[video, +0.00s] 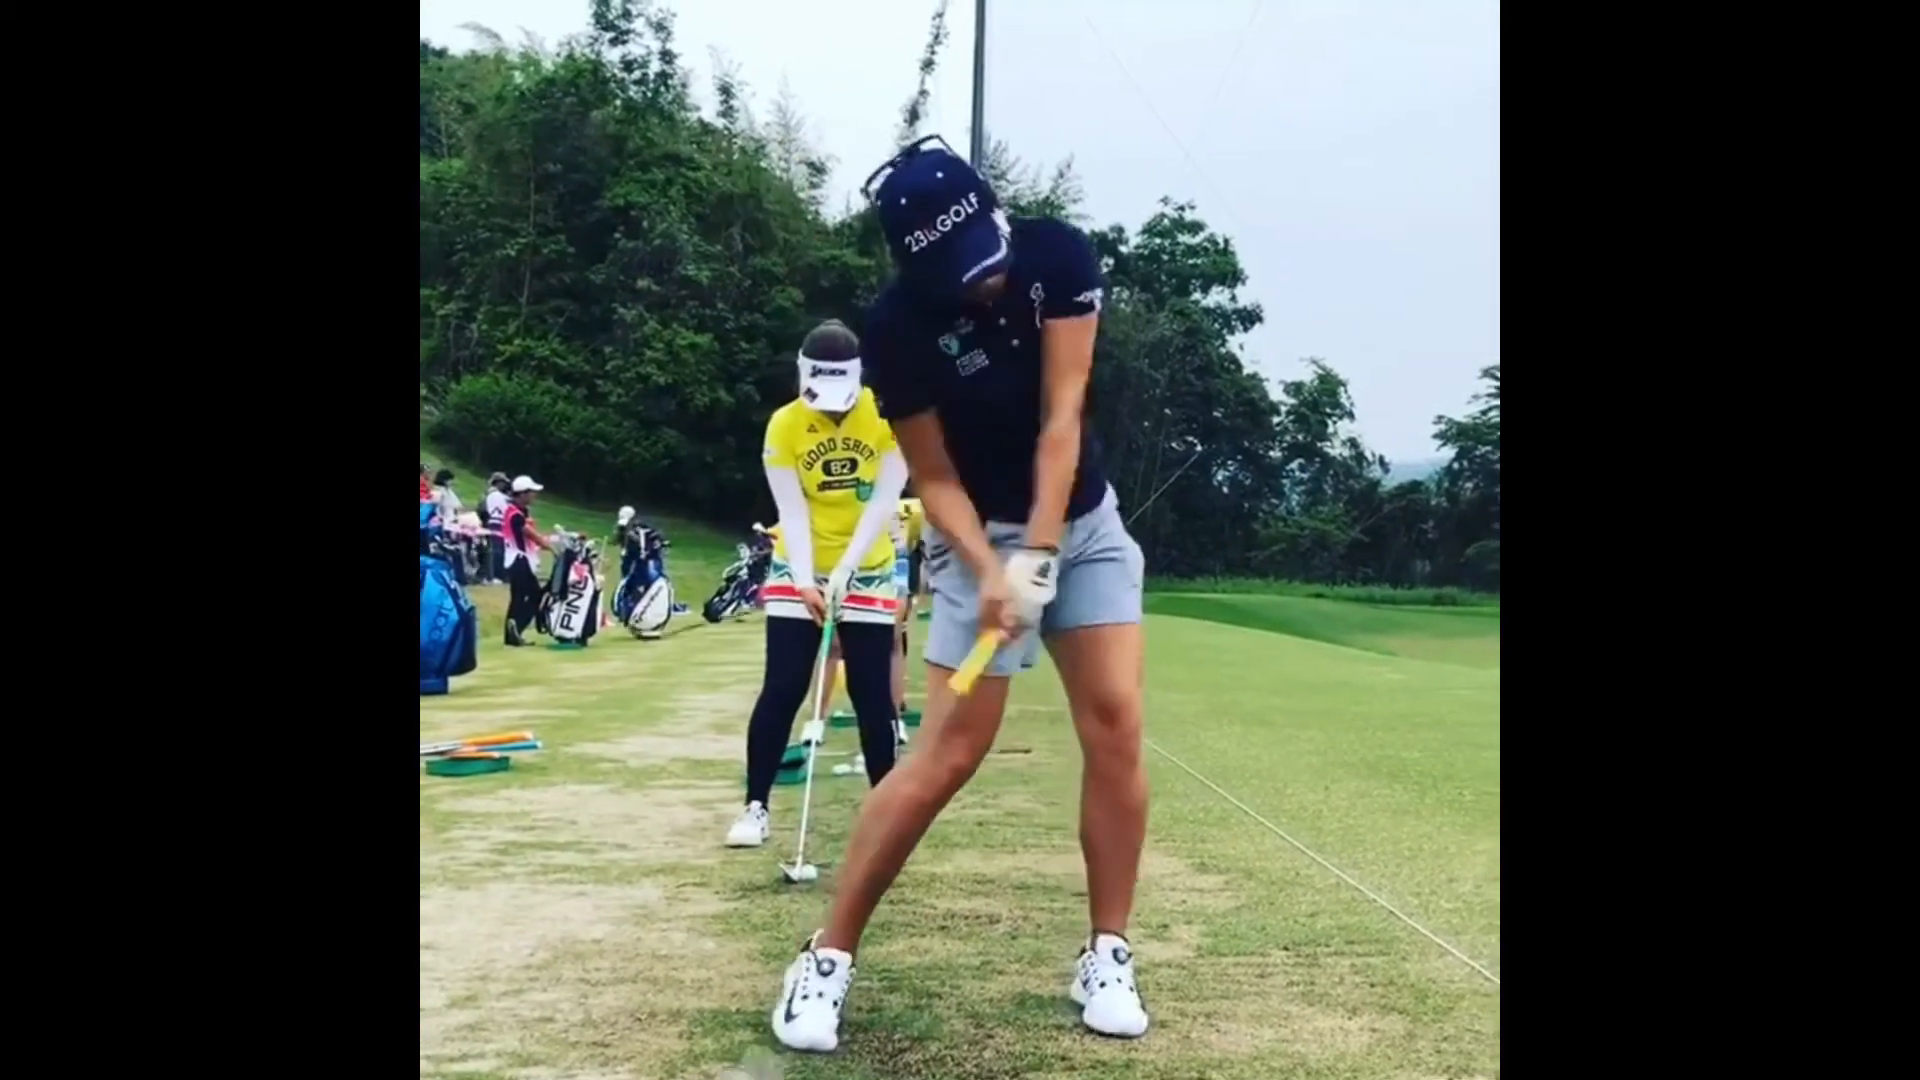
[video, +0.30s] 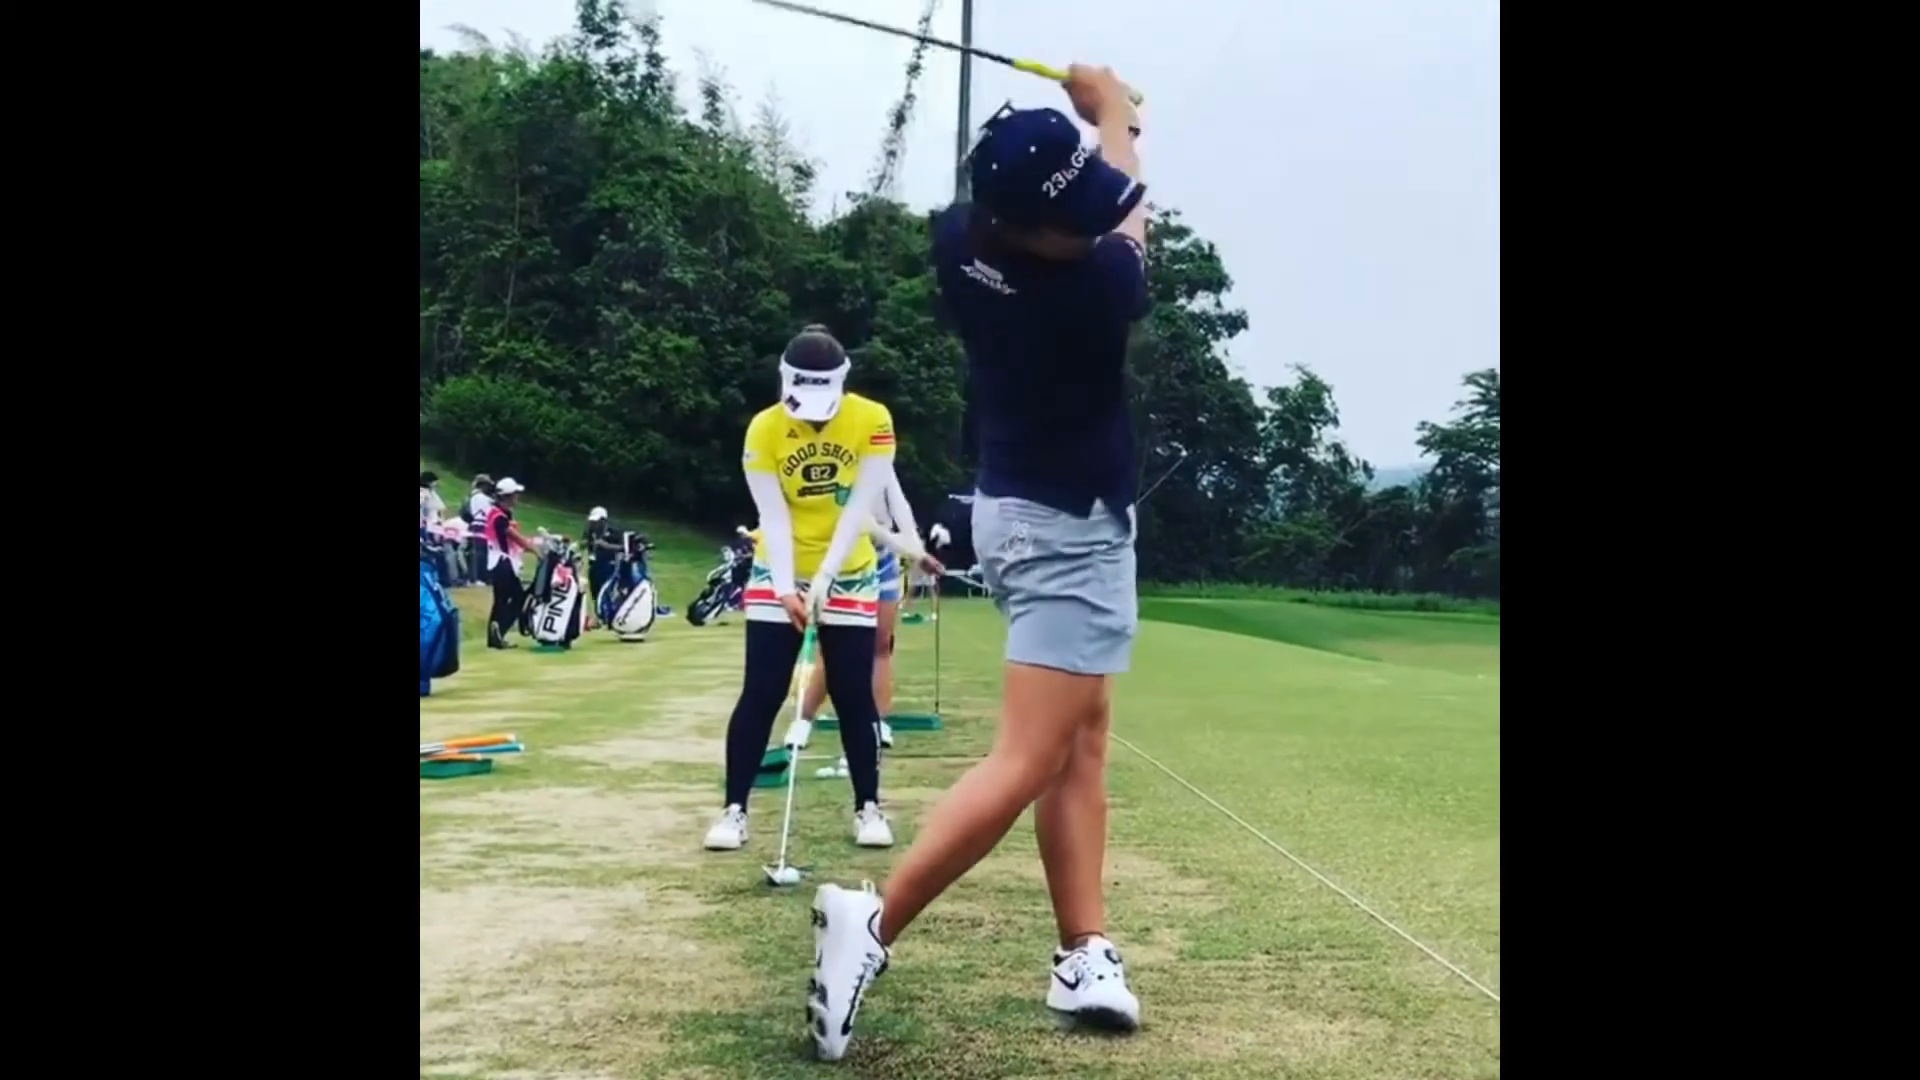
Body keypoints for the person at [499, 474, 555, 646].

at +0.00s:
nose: (534, 496)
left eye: (534, 492)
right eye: (531, 492)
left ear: (521, 495)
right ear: (521, 494)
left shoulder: (516, 512)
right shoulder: (516, 516)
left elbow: (531, 533)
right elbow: (533, 536)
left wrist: (550, 538)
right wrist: (551, 546)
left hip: (516, 556)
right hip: (518, 558)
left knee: (518, 595)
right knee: (535, 593)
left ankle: (511, 633)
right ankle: (517, 625)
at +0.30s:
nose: (517, 498)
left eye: (517, 495)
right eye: (515, 495)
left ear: (502, 496)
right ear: (507, 496)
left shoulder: (495, 514)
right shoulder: (500, 518)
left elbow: (514, 536)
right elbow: (517, 539)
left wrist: (531, 544)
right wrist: (536, 550)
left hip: (496, 558)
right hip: (502, 560)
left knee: (500, 597)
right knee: (519, 595)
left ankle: (494, 635)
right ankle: (500, 628)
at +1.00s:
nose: (495, 505)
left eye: (495, 501)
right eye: (494, 502)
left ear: (480, 502)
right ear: (486, 503)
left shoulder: (474, 520)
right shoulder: (479, 524)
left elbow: (492, 543)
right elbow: (495, 545)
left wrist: (509, 555)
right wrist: (513, 557)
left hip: (474, 563)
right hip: (480, 566)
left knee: (479, 604)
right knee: (498, 601)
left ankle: (472, 643)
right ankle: (478, 635)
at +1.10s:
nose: (495, 506)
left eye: (495, 503)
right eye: (493, 503)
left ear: (479, 503)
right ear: (486, 504)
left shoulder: (473, 521)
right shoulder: (479, 525)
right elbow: (495, 546)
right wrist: (513, 558)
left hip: (473, 564)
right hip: (479, 567)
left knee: (479, 605)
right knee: (497, 602)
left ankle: (472, 645)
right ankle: (478, 636)